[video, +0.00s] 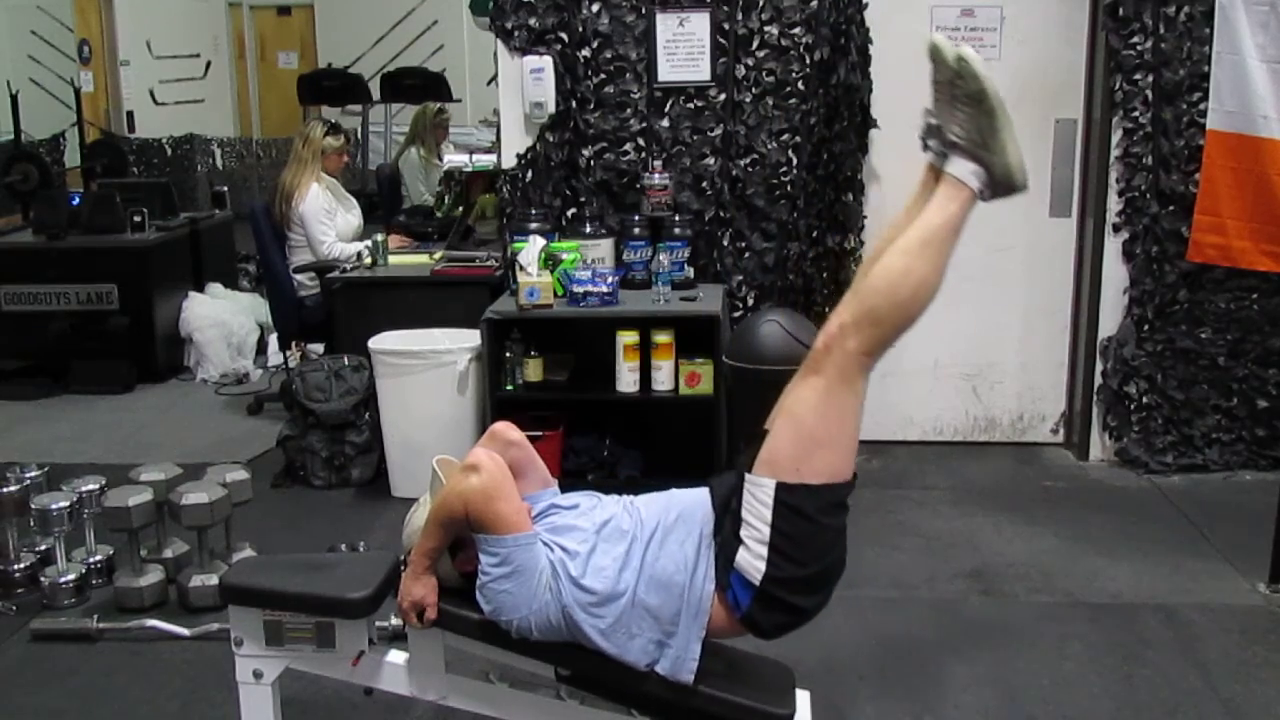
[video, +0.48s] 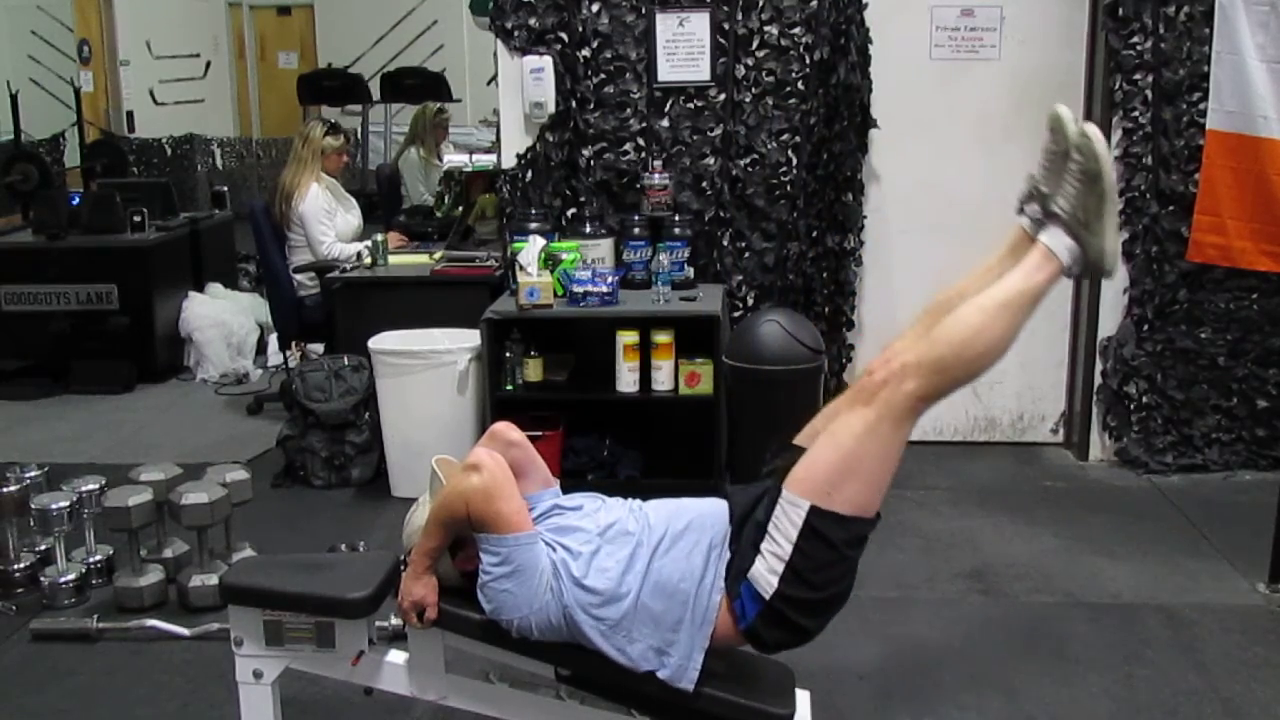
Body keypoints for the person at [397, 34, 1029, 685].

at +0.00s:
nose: (500, 481)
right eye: (480, 481)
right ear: (477, 520)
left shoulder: (554, 529)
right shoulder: (519, 580)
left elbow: (502, 441)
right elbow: (471, 480)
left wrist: (448, 525)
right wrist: (422, 562)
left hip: (747, 541)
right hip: (755, 569)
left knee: (839, 344)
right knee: (840, 349)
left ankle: (951, 167)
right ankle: (964, 170)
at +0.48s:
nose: (510, 462)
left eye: (516, 454)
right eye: (494, 464)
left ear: (524, 480)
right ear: (480, 502)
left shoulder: (555, 524)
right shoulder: (514, 578)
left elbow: (506, 436)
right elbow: (466, 475)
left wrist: (448, 509)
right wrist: (422, 559)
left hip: (746, 530)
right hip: (759, 587)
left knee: (887, 375)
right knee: (891, 386)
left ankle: (1040, 230)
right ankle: (1060, 246)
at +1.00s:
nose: (515, 461)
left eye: (516, 454)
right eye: (496, 462)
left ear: (525, 482)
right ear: (479, 508)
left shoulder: (561, 525)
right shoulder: (511, 577)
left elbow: (508, 432)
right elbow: (465, 476)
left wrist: (445, 519)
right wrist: (422, 555)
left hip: (761, 537)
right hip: (755, 599)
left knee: (933, 413)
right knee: (932, 430)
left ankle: (1129, 335)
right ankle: (1141, 352)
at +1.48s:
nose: (525, 471)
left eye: (523, 463)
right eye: (501, 477)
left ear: (524, 491)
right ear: (491, 512)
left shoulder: (565, 520)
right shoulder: (521, 584)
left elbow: (507, 431)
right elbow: (470, 474)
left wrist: (448, 524)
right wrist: (422, 557)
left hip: (775, 578)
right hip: (766, 625)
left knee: (852, 389)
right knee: (834, 400)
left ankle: (995, 521)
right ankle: (996, 527)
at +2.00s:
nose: (479, 462)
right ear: (474, 553)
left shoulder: (554, 514)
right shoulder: (518, 592)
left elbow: (507, 436)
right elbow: (479, 478)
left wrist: (456, 519)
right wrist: (425, 564)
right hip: (769, 575)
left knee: (636, 419)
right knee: (596, 431)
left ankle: (746, 276)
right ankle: (733, 277)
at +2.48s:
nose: (474, 541)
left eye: (469, 543)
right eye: (470, 544)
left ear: (473, 550)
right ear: (474, 564)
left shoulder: (547, 534)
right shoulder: (518, 598)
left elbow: (510, 435)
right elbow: (481, 484)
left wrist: (452, 518)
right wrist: (422, 565)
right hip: (719, 470)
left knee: (518, 354)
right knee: (512, 366)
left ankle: (415, 189)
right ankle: (414, 188)